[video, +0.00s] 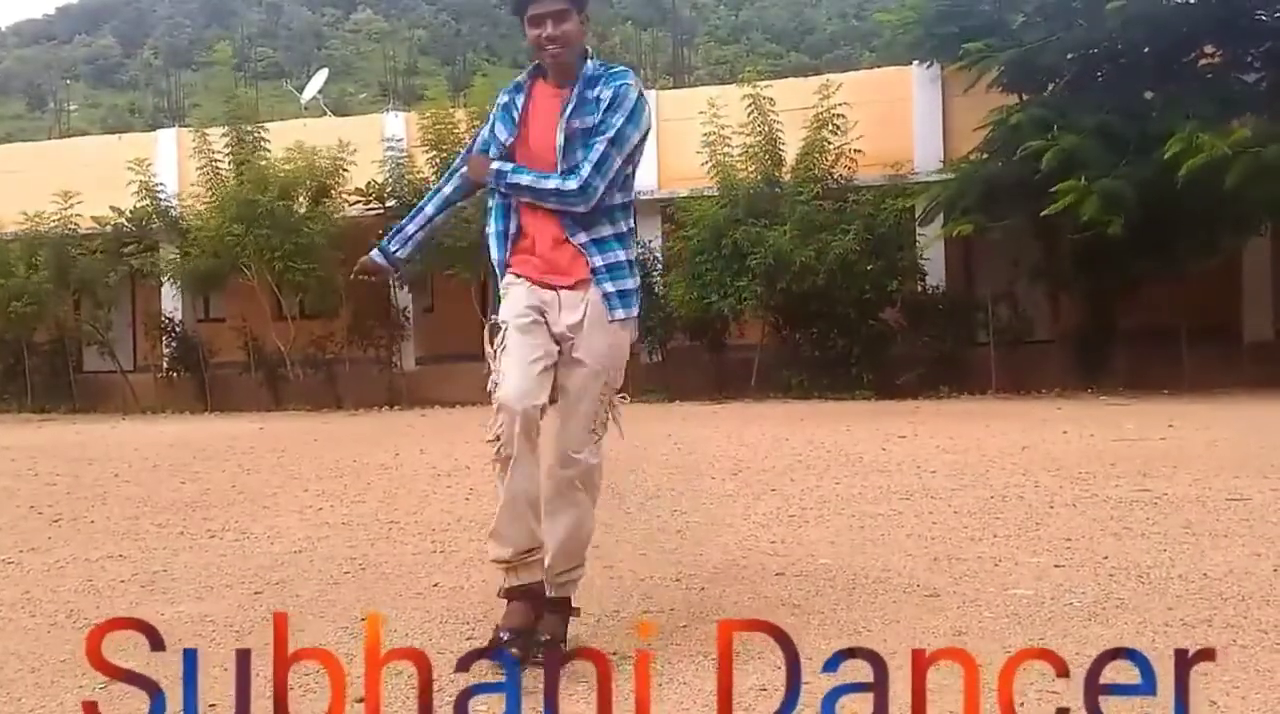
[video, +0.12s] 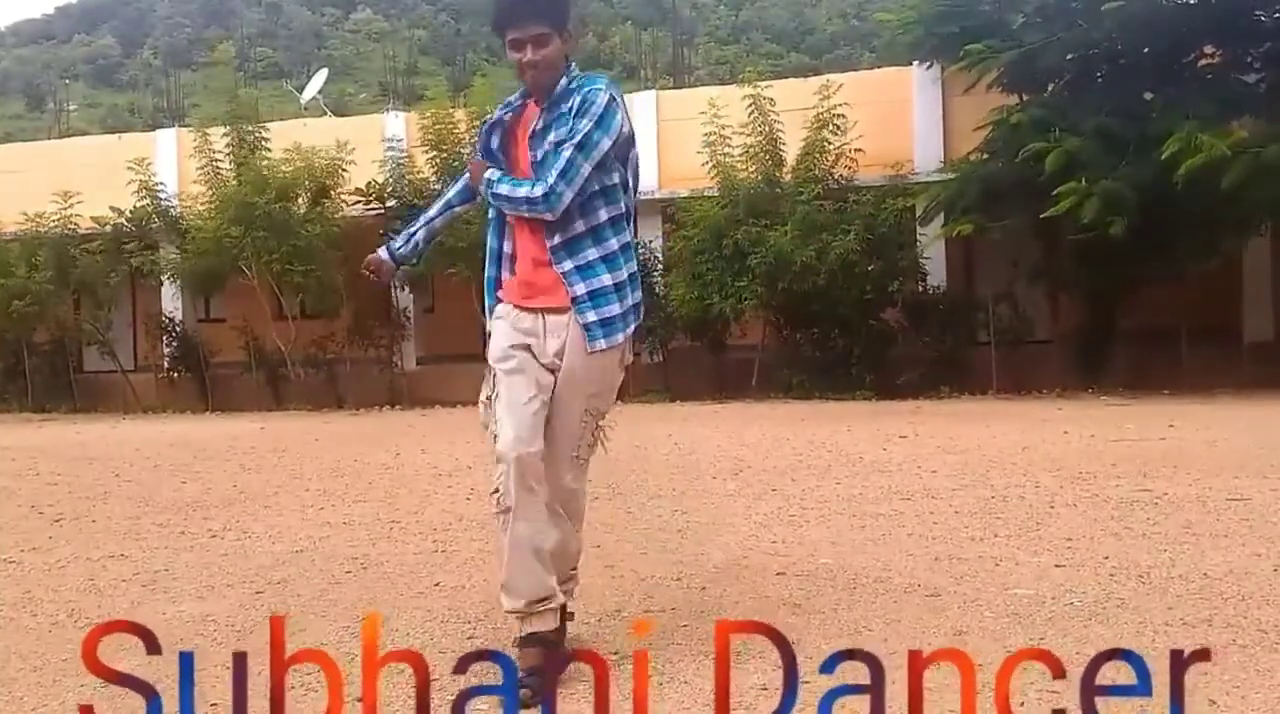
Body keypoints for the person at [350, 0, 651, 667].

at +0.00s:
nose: (548, 33)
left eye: (561, 19)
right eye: (537, 22)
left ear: (586, 22)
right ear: (525, 29)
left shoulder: (622, 92)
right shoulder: (513, 100)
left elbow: (584, 192)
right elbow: (463, 180)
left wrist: (497, 171)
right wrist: (392, 249)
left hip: (602, 290)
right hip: (525, 286)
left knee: (572, 452)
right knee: (517, 410)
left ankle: (557, 601)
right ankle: (522, 587)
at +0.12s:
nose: (526, 55)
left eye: (539, 41)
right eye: (515, 45)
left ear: (569, 39)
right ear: (504, 50)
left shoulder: (598, 103)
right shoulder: (504, 122)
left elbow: (549, 199)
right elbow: (461, 195)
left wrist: (488, 178)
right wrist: (397, 249)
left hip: (591, 319)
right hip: (516, 318)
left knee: (565, 471)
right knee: (518, 458)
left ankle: (558, 606)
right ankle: (534, 622)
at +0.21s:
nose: (516, 68)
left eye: (528, 53)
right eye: (505, 58)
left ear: (557, 49)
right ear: (495, 62)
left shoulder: (588, 103)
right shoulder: (504, 137)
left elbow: (548, 201)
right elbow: (464, 211)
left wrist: (489, 179)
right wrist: (407, 269)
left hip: (593, 323)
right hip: (518, 325)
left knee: (559, 470)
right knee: (515, 476)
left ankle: (553, 604)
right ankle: (544, 631)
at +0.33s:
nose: (504, 86)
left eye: (518, 70)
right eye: (492, 73)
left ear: (545, 64)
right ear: (480, 76)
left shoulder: (584, 118)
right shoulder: (498, 160)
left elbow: (580, 224)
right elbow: (485, 252)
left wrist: (503, 236)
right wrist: (422, 319)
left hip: (604, 333)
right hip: (528, 336)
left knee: (606, 486)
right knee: (504, 475)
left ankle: (597, 590)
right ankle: (544, 635)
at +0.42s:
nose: (497, 90)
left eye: (510, 75)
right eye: (485, 78)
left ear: (540, 71)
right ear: (476, 81)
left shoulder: (578, 124)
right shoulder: (499, 164)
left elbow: (589, 238)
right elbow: (505, 273)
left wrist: (522, 332)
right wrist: (443, 343)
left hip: (620, 335)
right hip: (541, 343)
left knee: (646, 468)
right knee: (507, 479)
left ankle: (652, 579)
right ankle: (543, 643)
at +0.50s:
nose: (497, 81)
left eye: (510, 67)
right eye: (485, 69)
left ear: (538, 69)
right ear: (474, 75)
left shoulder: (572, 126)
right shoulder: (495, 157)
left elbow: (588, 233)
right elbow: (517, 242)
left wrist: (611, 341)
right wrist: (517, 294)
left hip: (632, 317)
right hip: (552, 328)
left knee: (678, 458)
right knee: (526, 472)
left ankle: (711, 582)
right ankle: (545, 637)